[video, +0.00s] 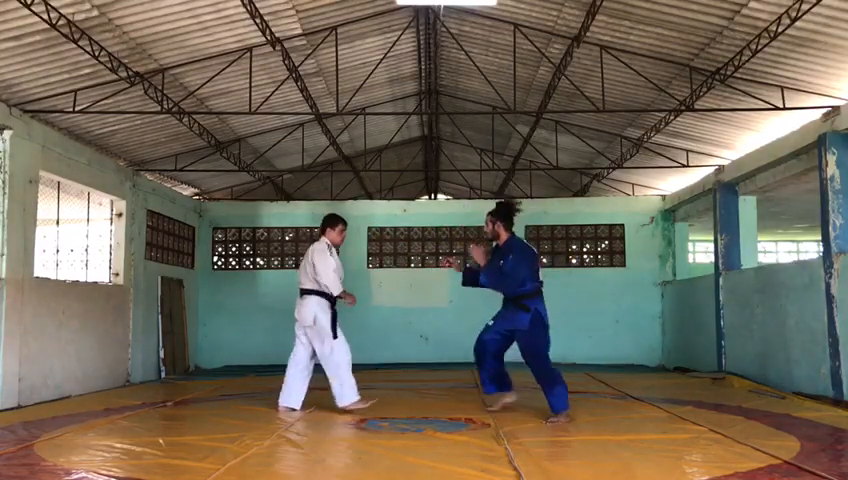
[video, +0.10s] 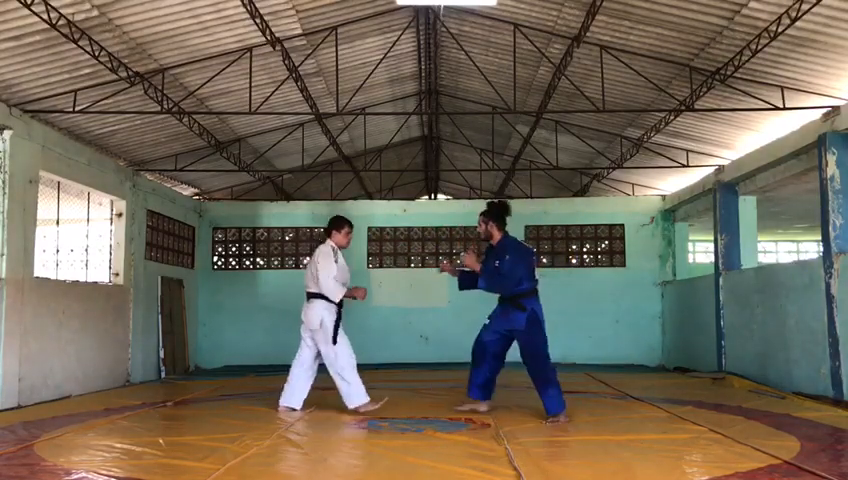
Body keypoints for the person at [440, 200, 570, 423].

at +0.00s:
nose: (485, 229)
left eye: (487, 224)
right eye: (486, 225)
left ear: (497, 225)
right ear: (500, 225)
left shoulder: (522, 250)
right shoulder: (499, 251)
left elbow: (507, 283)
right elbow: (489, 278)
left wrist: (484, 264)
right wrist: (460, 269)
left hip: (530, 310)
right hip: (510, 309)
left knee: (537, 359)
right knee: (485, 346)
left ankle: (561, 410)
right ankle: (505, 392)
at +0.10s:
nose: (478, 229)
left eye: (480, 225)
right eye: (478, 225)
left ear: (491, 225)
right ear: (493, 225)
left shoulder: (517, 249)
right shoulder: (492, 251)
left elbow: (505, 284)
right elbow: (485, 279)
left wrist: (477, 267)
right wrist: (456, 273)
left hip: (527, 309)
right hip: (506, 308)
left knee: (536, 359)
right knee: (484, 348)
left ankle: (558, 411)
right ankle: (480, 400)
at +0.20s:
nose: (468, 231)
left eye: (470, 227)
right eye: (468, 227)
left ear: (481, 227)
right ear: (483, 228)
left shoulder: (506, 251)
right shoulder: (482, 253)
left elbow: (496, 285)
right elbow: (475, 279)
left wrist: (467, 270)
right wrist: (445, 274)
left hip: (521, 309)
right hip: (500, 309)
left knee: (534, 358)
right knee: (481, 354)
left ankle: (557, 410)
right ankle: (468, 404)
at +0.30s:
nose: (456, 235)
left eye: (458, 231)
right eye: (457, 231)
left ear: (469, 232)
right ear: (472, 232)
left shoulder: (494, 255)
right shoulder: (471, 257)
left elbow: (485, 288)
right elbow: (459, 280)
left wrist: (455, 274)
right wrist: (429, 274)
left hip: (511, 310)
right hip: (490, 310)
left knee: (523, 359)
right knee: (470, 353)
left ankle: (553, 408)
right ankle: (466, 405)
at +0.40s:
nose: (447, 236)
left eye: (449, 231)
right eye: (447, 231)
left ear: (459, 232)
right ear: (464, 231)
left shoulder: (486, 254)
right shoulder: (462, 256)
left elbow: (477, 288)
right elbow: (451, 277)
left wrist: (447, 276)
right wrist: (424, 277)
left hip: (504, 307)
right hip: (484, 307)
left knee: (508, 351)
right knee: (468, 351)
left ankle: (540, 398)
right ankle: (464, 405)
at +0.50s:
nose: (444, 233)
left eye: (445, 228)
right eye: (443, 228)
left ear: (453, 228)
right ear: (458, 227)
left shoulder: (481, 249)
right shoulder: (457, 251)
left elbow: (477, 283)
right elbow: (438, 266)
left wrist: (447, 276)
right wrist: (413, 268)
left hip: (501, 305)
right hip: (481, 305)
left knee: (504, 353)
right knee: (470, 352)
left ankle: (520, 406)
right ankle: (465, 405)